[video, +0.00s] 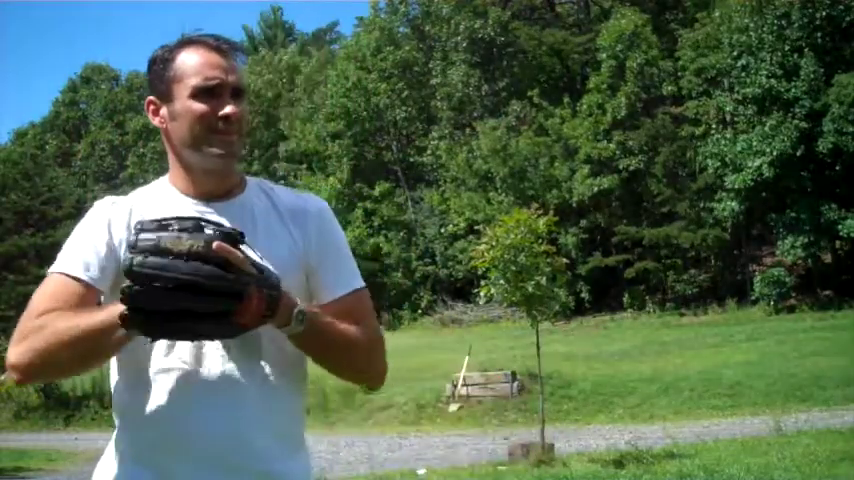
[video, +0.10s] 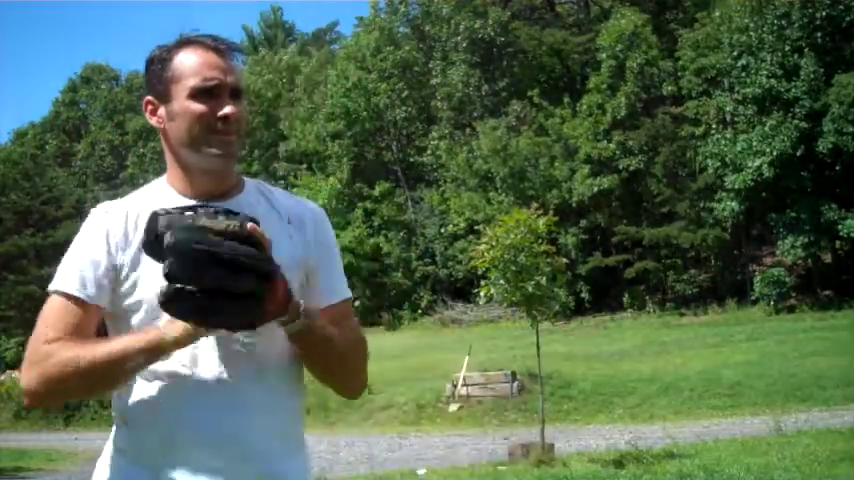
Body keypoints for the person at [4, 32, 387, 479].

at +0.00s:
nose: (231, 110)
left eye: (238, 96)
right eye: (209, 93)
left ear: (247, 108)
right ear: (158, 112)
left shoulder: (307, 217)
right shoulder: (115, 220)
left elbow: (371, 366)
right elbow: (24, 356)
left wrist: (282, 310)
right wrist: (137, 312)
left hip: (272, 467)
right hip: (145, 467)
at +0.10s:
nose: (229, 110)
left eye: (236, 95)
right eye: (207, 94)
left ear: (245, 107)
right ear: (156, 113)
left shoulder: (303, 222)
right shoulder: (113, 226)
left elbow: (352, 377)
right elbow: (39, 377)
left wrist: (287, 312)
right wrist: (173, 332)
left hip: (272, 468)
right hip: (146, 470)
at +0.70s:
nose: (227, 106)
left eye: (233, 90)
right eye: (205, 89)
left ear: (241, 104)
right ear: (153, 110)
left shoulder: (281, 226)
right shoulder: (101, 231)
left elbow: (345, 384)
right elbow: (51, 392)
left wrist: (321, 272)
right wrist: (29, 475)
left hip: (271, 469)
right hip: (141, 467)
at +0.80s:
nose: (226, 105)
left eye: (232, 90)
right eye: (204, 88)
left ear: (241, 103)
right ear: (152, 111)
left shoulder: (282, 224)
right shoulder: (101, 230)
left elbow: (346, 383)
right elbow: (54, 388)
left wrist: (322, 266)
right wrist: (33, 476)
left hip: (271, 469)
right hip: (140, 468)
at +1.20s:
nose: (201, 98)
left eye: (208, 84)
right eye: (176, 86)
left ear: (221, 99)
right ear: (130, 113)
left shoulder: (283, 216)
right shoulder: (94, 238)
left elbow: (375, 337)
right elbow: (62, 401)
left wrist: (329, 210)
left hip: (267, 469)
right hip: (141, 471)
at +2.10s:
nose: (119, 145)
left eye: (137, 121)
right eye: (104, 126)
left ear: (180, 116)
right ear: (92, 128)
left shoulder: (267, 217)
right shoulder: (78, 245)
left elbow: (323, 377)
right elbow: (63, 421)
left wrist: (278, 346)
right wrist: (68, 371)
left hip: (247, 469)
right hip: (124, 470)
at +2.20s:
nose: (120, 144)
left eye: (138, 121)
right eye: (105, 126)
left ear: (182, 116)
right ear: (92, 128)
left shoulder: (266, 217)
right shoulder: (77, 245)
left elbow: (323, 379)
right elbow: (60, 419)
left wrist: (284, 349)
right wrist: (63, 369)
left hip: (247, 469)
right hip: (124, 469)